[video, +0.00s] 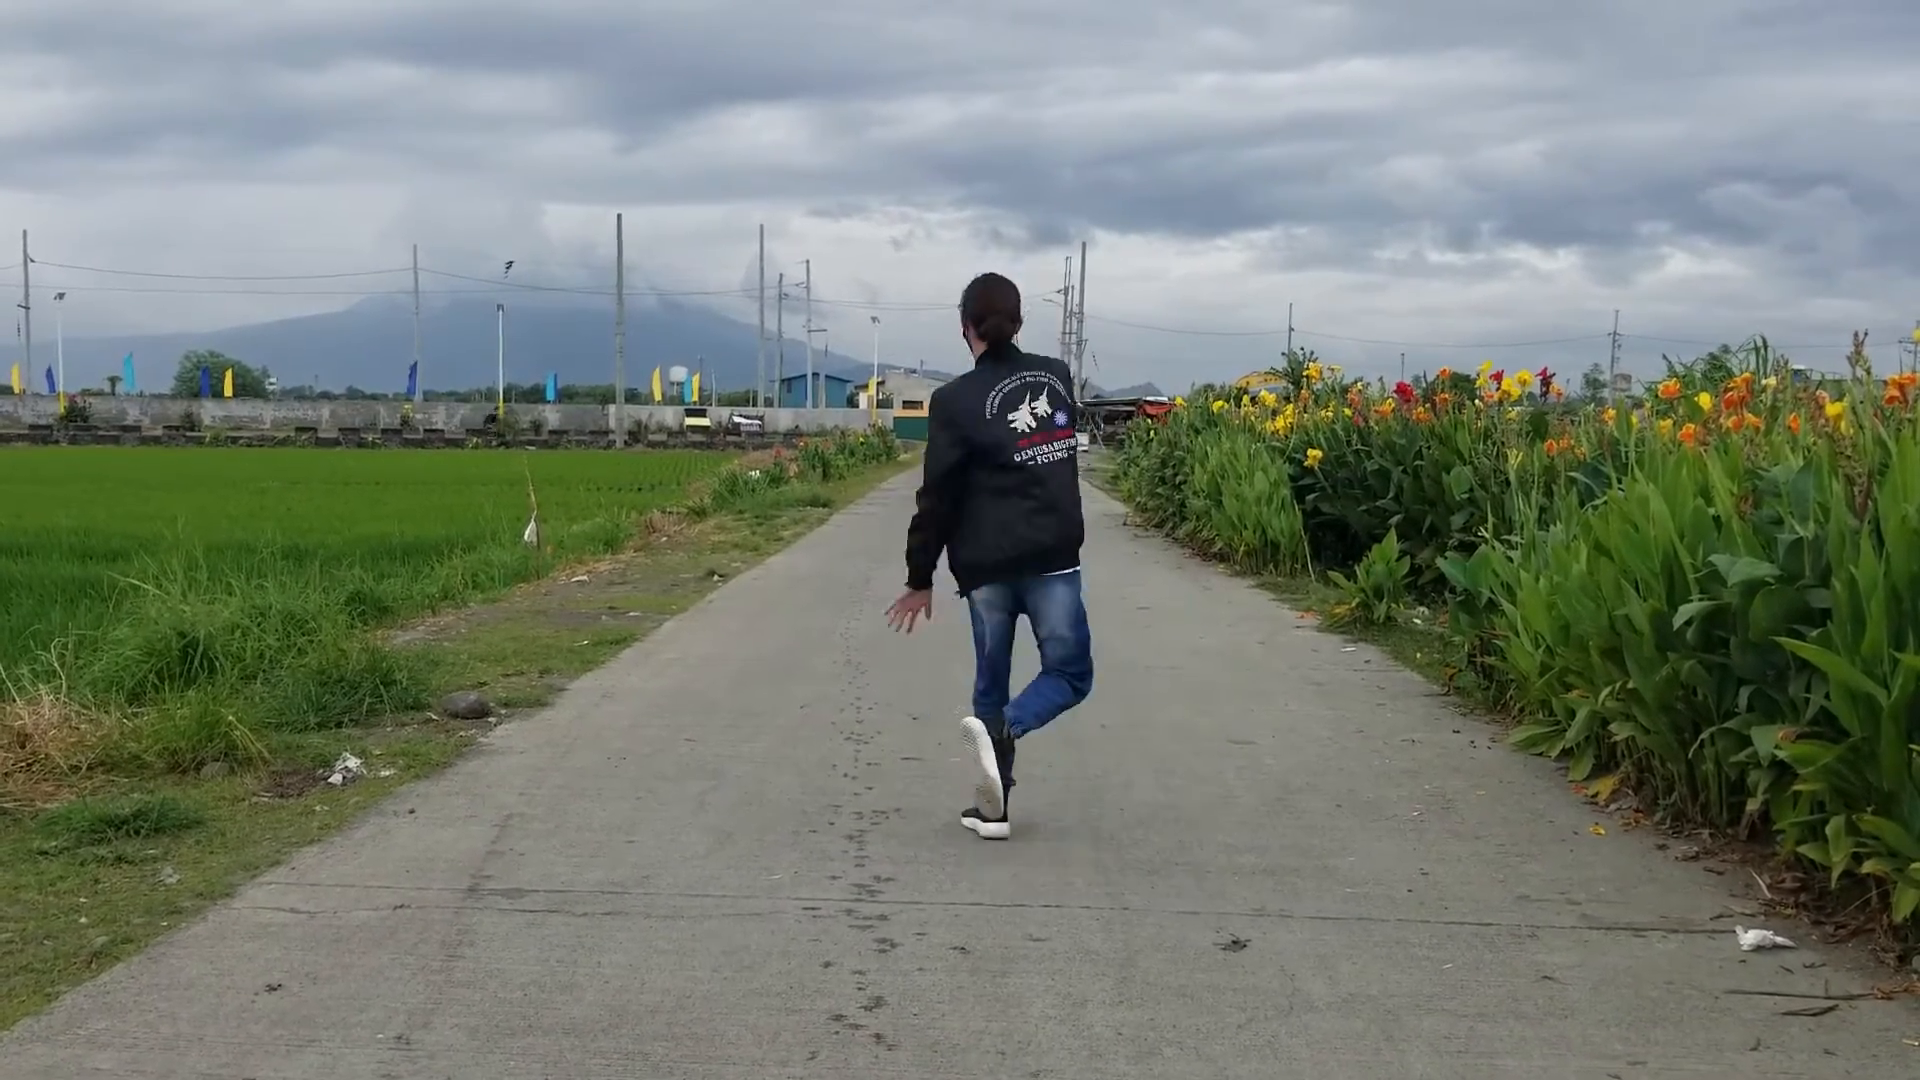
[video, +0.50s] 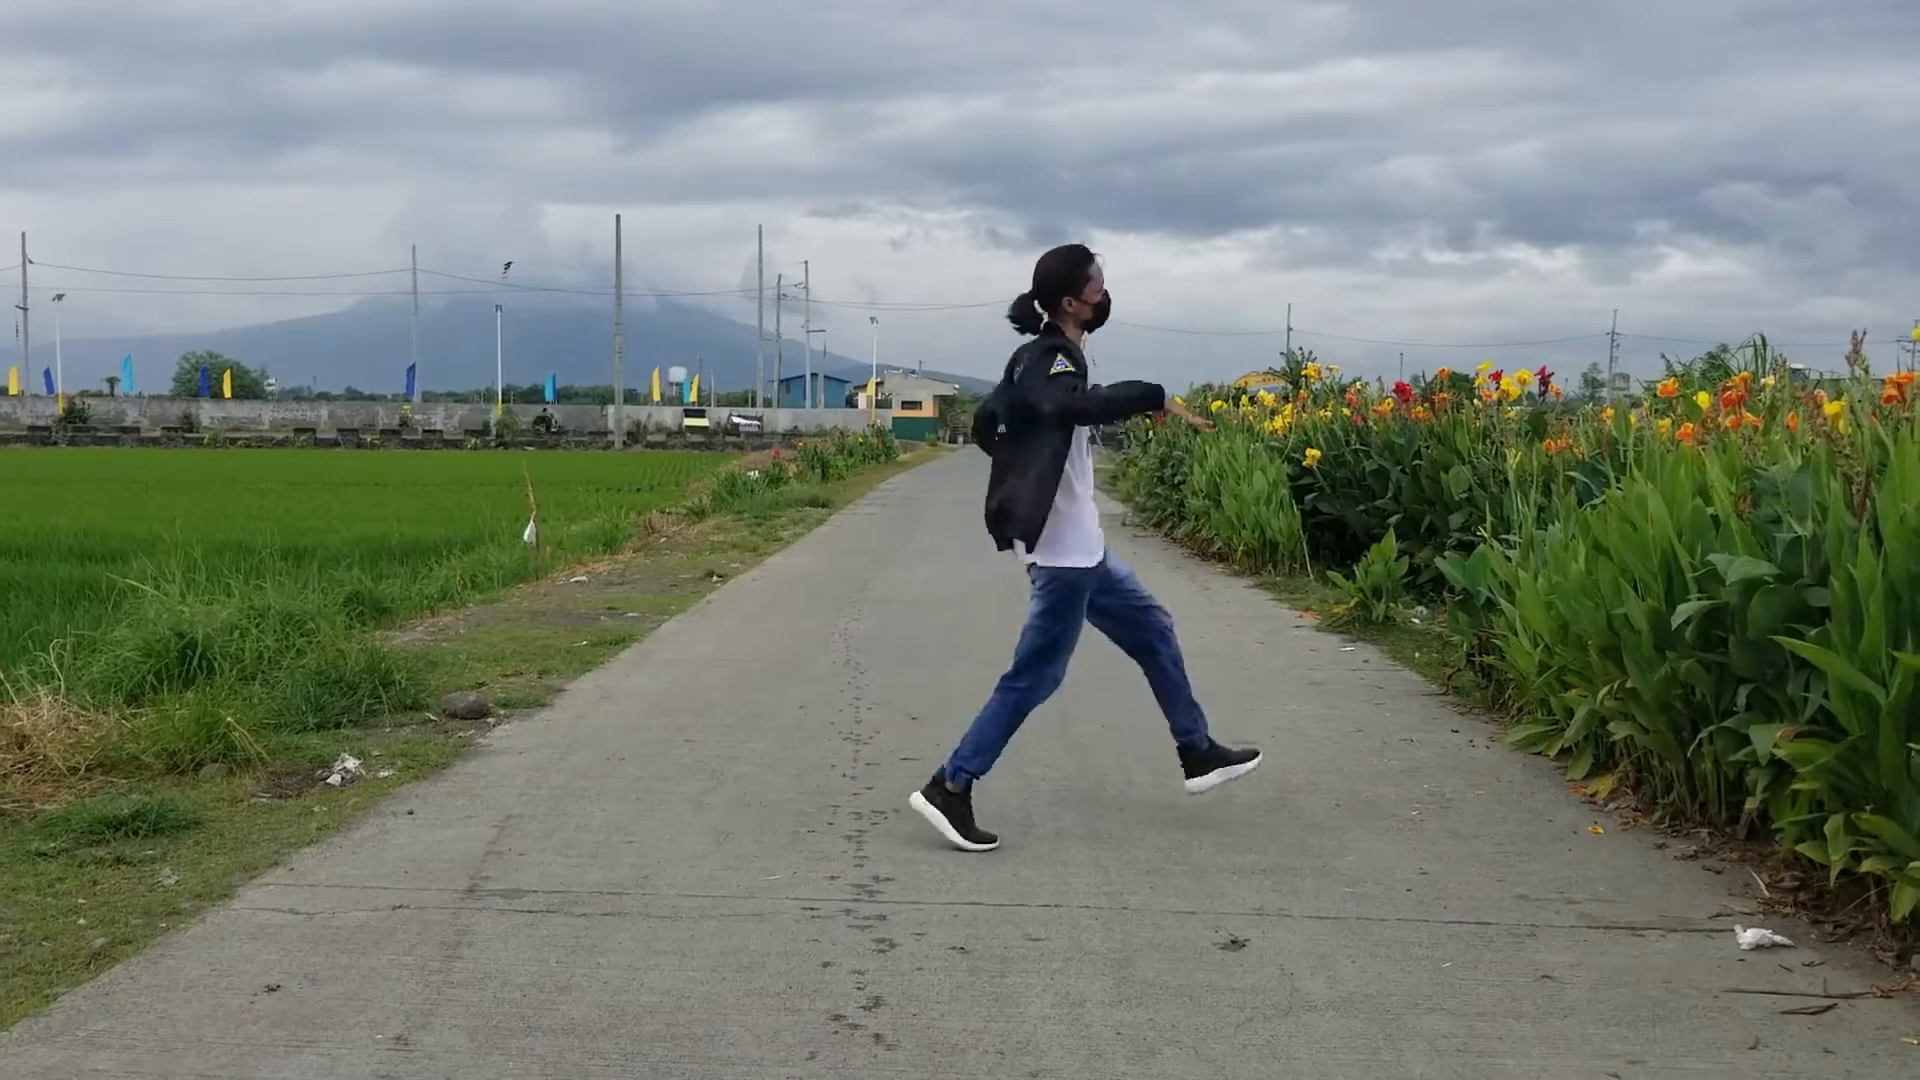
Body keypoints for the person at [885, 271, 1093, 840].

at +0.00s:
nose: (962, 330)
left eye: (962, 322)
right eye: (968, 321)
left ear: (968, 328)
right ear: (1018, 323)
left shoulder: (953, 400)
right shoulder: (1055, 375)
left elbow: (936, 495)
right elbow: (1056, 457)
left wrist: (919, 579)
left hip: (983, 558)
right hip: (1053, 549)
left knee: (991, 683)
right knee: (1069, 674)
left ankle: (995, 808)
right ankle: (1003, 728)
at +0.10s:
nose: (1026, 297)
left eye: (1014, 289)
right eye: (1026, 288)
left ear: (976, 300)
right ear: (1027, 293)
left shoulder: (948, 370)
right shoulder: (1061, 348)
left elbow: (913, 456)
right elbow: (1107, 427)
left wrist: (943, 507)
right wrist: (1072, 398)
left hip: (983, 537)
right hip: (1048, 530)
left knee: (1007, 656)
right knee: (1106, 642)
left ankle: (991, 777)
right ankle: (996, 703)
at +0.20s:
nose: (1044, 292)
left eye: (1041, 283)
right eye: (1042, 284)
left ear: (990, 288)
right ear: (1031, 289)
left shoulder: (958, 353)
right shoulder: (1042, 343)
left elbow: (933, 425)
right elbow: (1098, 403)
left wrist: (983, 461)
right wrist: (1116, 366)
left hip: (995, 529)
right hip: (1044, 526)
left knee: (1057, 637)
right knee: (1074, 659)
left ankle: (1065, 740)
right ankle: (969, 772)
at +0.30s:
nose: (1055, 314)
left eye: (1053, 304)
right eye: (1054, 306)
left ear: (1000, 307)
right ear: (1042, 311)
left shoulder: (973, 368)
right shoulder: (1031, 365)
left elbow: (972, 441)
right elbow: (1099, 415)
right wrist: (1191, 401)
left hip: (1009, 547)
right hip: (1035, 551)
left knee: (1089, 639)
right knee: (999, 692)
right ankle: (926, 808)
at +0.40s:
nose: (1082, 314)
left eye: (1079, 304)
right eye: (1077, 305)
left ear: (1035, 315)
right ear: (1056, 315)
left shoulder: (1030, 375)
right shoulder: (1024, 379)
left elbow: (1077, 430)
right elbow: (1080, 438)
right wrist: (1170, 410)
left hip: (1041, 553)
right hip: (1038, 556)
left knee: (1121, 630)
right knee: (1011, 684)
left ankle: (1205, 709)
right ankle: (930, 802)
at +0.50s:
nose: (1104, 292)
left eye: (1101, 283)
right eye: (1097, 285)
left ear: (1056, 301)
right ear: (1073, 298)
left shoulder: (1034, 357)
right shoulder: (1056, 354)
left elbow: (988, 424)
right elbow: (1057, 403)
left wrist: (1032, 459)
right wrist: (1144, 397)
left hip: (1076, 547)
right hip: (1064, 549)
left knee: (1153, 628)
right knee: (1033, 677)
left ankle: (1198, 752)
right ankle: (951, 786)